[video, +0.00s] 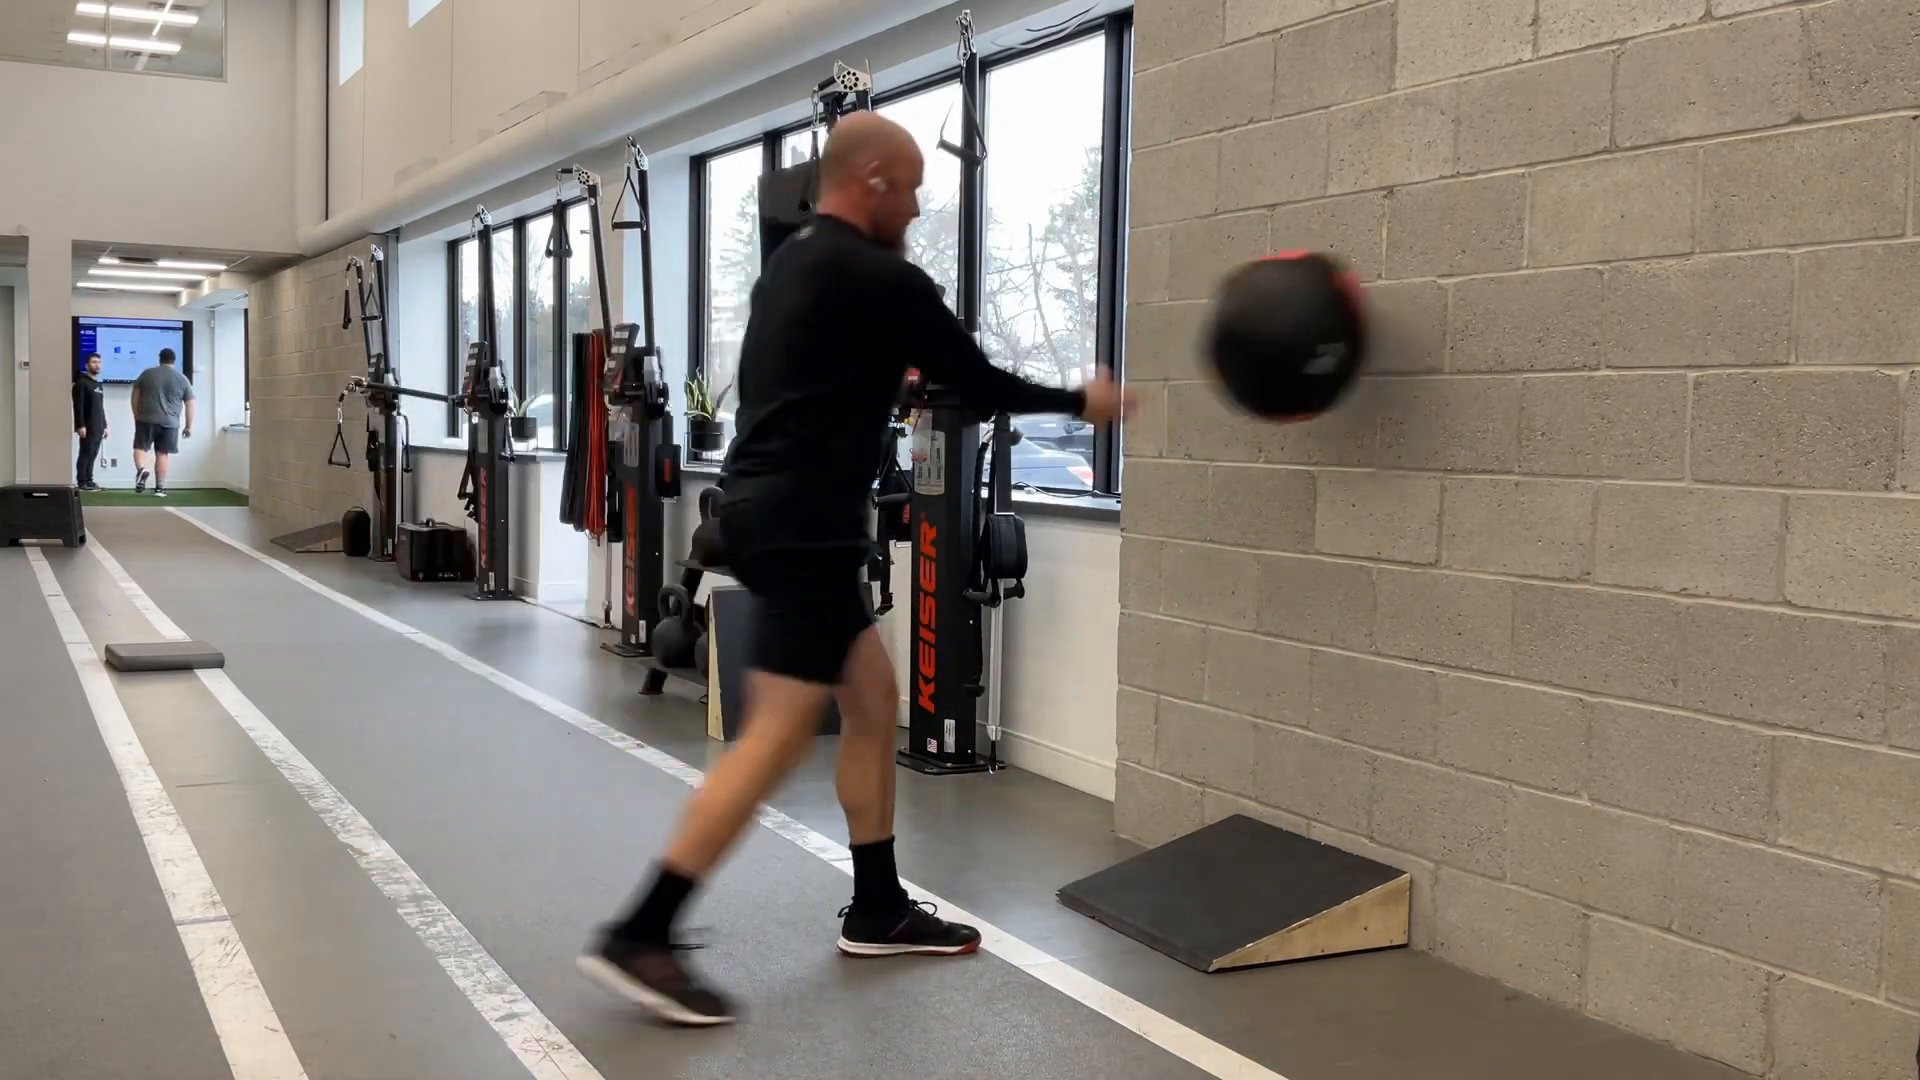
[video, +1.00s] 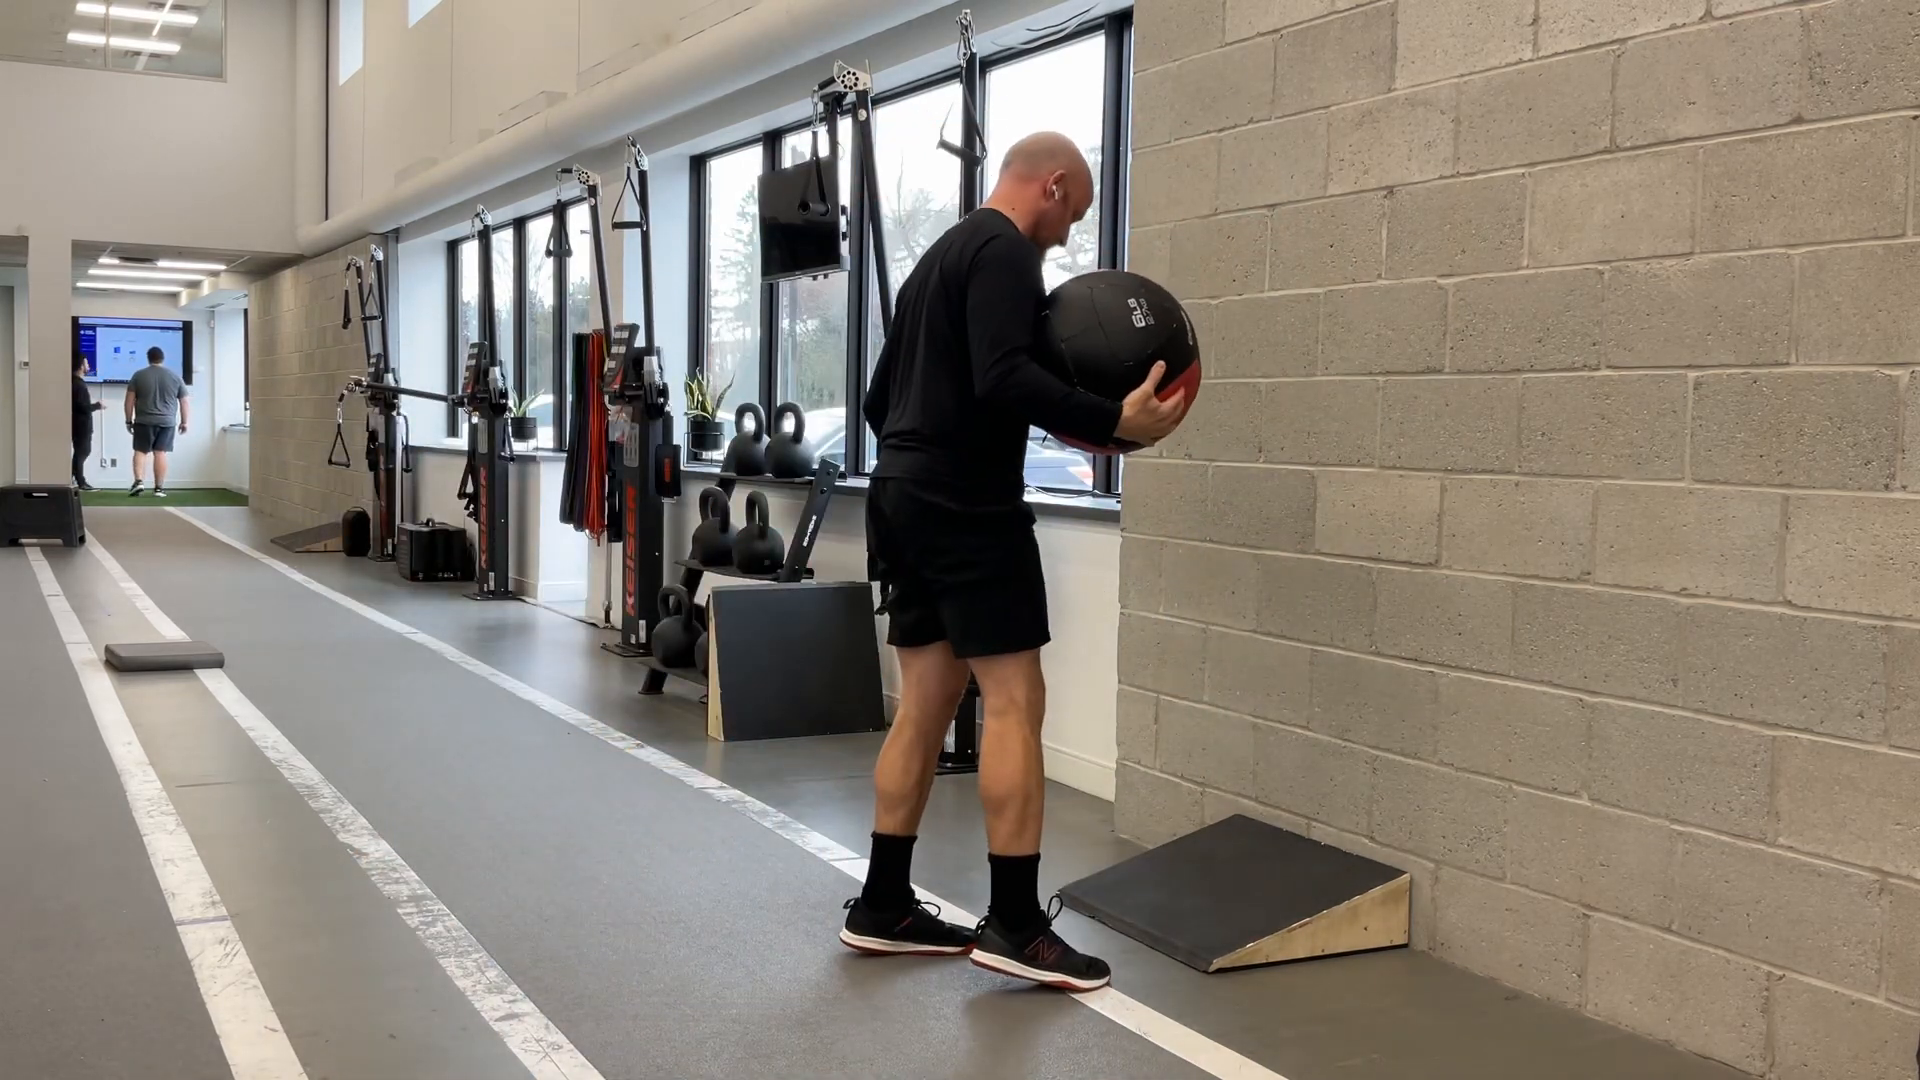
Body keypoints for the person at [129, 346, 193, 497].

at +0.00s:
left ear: (160, 360)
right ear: (174, 361)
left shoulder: (147, 373)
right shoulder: (181, 379)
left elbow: (135, 395)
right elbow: (190, 404)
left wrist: (137, 415)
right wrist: (188, 426)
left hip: (146, 420)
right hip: (169, 423)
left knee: (139, 448)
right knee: (163, 454)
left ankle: (141, 469)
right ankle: (159, 487)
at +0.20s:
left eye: (161, 359)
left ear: (159, 359)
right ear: (173, 360)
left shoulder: (146, 373)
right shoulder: (181, 379)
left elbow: (134, 396)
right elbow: (190, 403)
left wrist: (136, 415)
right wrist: (188, 426)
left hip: (146, 420)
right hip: (169, 423)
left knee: (140, 448)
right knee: (163, 453)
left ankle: (141, 469)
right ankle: (159, 488)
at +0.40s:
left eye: (159, 359)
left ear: (156, 359)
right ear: (170, 360)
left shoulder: (144, 374)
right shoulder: (179, 377)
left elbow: (134, 398)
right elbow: (189, 401)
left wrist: (135, 417)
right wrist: (189, 424)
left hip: (147, 421)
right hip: (170, 423)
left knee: (145, 450)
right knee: (163, 452)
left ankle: (149, 472)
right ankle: (159, 487)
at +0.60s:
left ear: (153, 359)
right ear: (168, 359)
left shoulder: (143, 375)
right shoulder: (178, 377)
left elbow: (133, 398)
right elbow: (189, 401)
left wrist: (134, 419)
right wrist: (189, 423)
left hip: (147, 422)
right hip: (170, 423)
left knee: (146, 451)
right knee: (163, 452)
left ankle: (153, 473)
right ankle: (158, 488)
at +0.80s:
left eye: (154, 359)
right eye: (162, 358)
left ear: (151, 359)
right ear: (165, 359)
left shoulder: (142, 375)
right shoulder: (176, 377)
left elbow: (132, 398)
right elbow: (187, 400)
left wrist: (131, 419)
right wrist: (187, 422)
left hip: (146, 422)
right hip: (169, 423)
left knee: (144, 451)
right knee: (162, 452)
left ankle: (148, 475)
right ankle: (159, 488)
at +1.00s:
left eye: (151, 358)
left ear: (148, 359)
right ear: (163, 359)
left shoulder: (139, 375)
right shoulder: (174, 377)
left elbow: (129, 399)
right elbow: (184, 400)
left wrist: (128, 420)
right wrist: (184, 421)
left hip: (144, 422)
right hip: (166, 423)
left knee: (140, 451)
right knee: (161, 452)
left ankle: (139, 481)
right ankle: (159, 488)